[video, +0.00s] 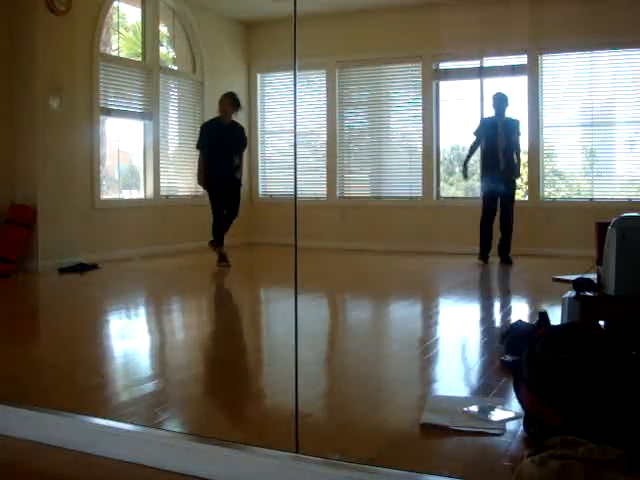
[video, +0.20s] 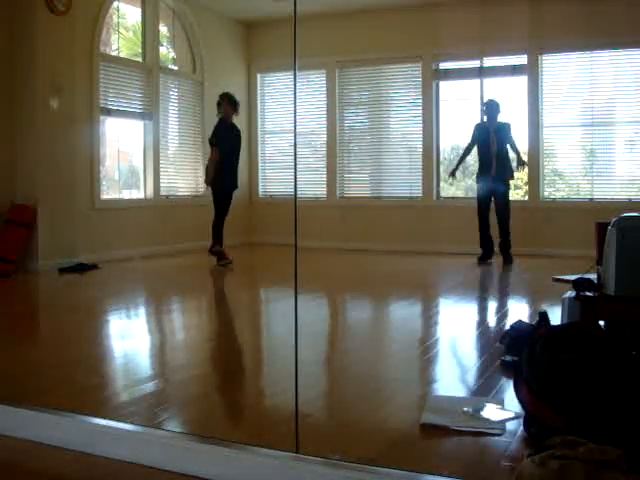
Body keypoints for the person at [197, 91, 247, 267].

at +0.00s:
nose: (224, 108)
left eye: (228, 105)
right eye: (222, 104)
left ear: (234, 108)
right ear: (219, 106)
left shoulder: (238, 129)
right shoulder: (208, 126)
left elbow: (240, 154)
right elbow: (202, 153)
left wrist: (240, 175)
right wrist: (201, 174)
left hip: (231, 175)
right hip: (212, 175)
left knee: (233, 211)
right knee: (218, 213)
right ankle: (221, 252)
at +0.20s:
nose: (225, 109)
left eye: (228, 106)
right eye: (224, 106)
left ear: (233, 108)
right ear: (221, 108)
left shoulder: (234, 129)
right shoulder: (220, 127)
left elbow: (233, 156)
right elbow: (215, 153)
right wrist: (209, 175)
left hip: (229, 177)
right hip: (219, 177)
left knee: (222, 214)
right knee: (220, 213)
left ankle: (217, 246)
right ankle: (217, 248)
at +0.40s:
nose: (240, 114)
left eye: (239, 110)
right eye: (239, 110)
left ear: (222, 111)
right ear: (236, 112)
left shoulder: (211, 130)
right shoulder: (240, 131)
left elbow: (199, 152)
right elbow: (242, 156)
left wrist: (203, 173)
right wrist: (243, 178)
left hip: (213, 179)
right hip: (233, 180)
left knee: (217, 214)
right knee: (228, 216)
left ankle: (212, 249)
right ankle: (223, 250)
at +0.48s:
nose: (239, 114)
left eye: (238, 111)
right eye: (237, 111)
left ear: (221, 112)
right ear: (234, 112)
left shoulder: (212, 130)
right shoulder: (240, 131)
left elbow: (194, 150)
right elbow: (250, 151)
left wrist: (202, 166)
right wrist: (248, 174)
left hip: (215, 179)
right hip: (234, 178)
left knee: (219, 216)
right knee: (230, 217)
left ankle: (213, 251)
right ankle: (223, 250)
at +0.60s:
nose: (233, 116)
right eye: (232, 113)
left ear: (216, 116)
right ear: (232, 113)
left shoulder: (212, 134)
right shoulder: (239, 127)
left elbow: (199, 154)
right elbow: (253, 136)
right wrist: (250, 158)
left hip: (220, 181)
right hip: (239, 178)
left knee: (221, 216)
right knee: (246, 216)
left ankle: (213, 251)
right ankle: (229, 248)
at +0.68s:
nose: (233, 117)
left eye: (230, 115)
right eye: (231, 115)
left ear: (216, 118)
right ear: (230, 115)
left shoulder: (209, 138)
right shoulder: (238, 128)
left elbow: (205, 159)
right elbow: (253, 135)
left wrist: (212, 169)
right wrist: (249, 158)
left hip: (221, 181)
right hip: (240, 178)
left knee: (224, 216)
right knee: (248, 216)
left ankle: (213, 250)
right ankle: (230, 247)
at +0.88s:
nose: (250, 126)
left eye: (250, 123)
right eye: (249, 123)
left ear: (235, 124)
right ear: (244, 124)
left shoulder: (230, 139)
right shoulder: (241, 137)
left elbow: (243, 166)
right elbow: (239, 163)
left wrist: (260, 163)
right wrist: (242, 173)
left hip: (226, 183)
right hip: (239, 183)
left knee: (235, 220)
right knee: (265, 211)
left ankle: (216, 249)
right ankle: (245, 240)